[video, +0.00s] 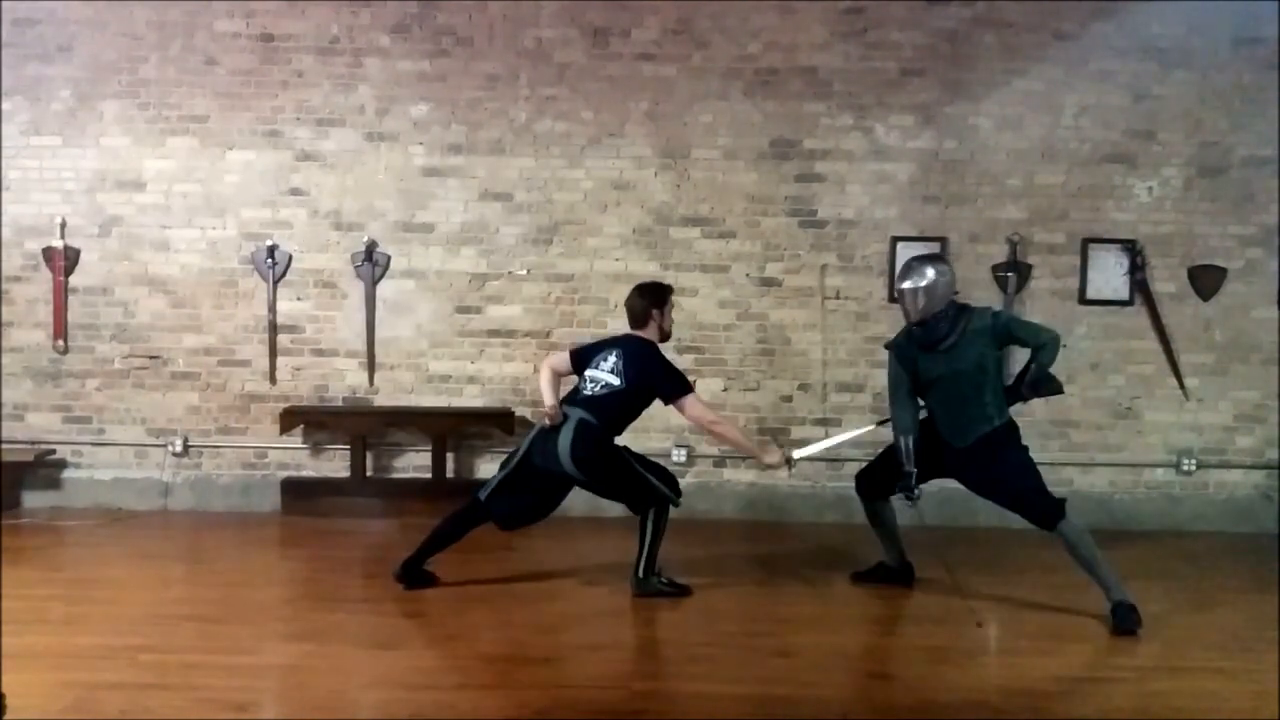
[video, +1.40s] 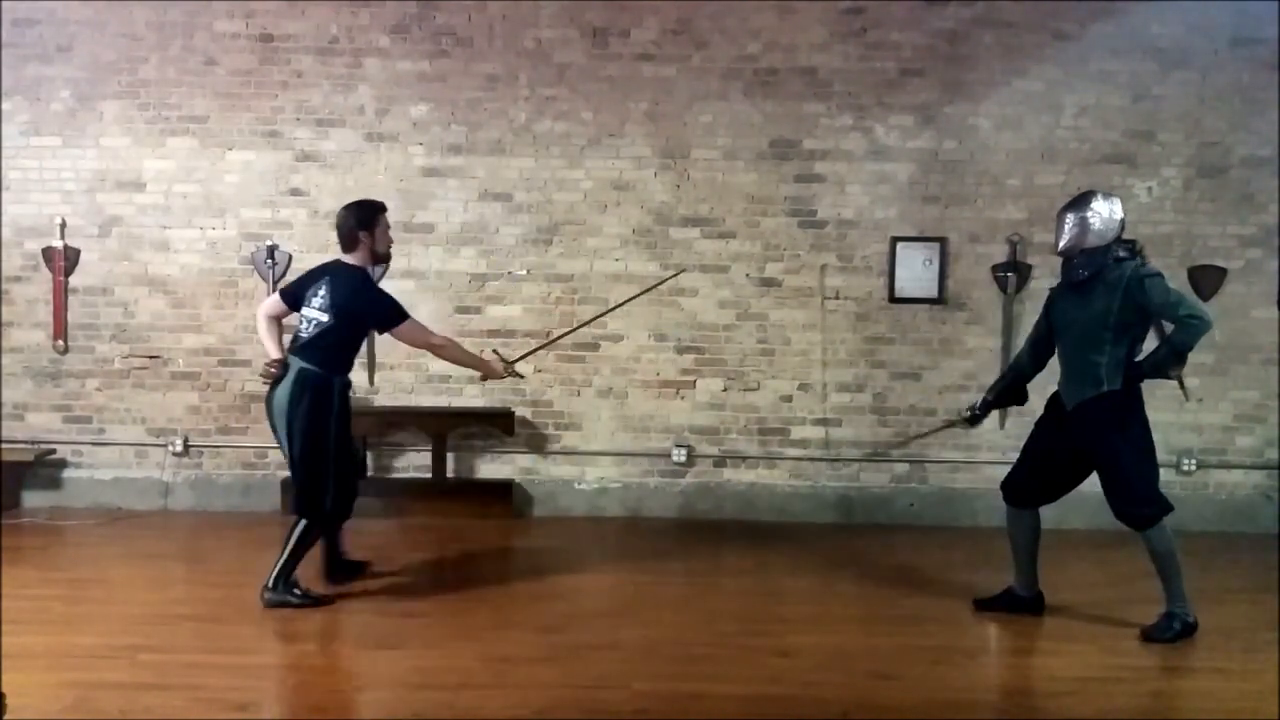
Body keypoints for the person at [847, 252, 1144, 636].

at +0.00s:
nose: (905, 302)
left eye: (913, 292)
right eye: (903, 293)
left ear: (939, 292)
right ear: (909, 298)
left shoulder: (987, 324)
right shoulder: (904, 349)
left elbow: (1049, 341)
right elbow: (903, 413)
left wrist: (1021, 387)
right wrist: (907, 466)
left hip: (991, 443)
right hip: (936, 442)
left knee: (1051, 516)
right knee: (869, 484)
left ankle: (1120, 601)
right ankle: (896, 565)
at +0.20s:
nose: (925, 293)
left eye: (932, 282)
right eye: (921, 283)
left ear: (955, 281)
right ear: (920, 287)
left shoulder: (1002, 316)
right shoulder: (924, 339)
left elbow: (1073, 339)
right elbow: (905, 400)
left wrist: (1049, 383)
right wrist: (889, 447)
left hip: (1009, 440)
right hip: (956, 438)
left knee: (1066, 517)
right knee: (888, 481)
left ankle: (1139, 597)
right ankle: (896, 566)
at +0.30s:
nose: (964, 276)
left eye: (972, 265)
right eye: (961, 267)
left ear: (997, 264)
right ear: (962, 271)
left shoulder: (1038, 305)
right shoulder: (961, 322)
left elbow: (1108, 337)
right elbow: (925, 373)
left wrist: (1078, 381)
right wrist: (885, 396)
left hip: (1033, 432)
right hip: (982, 432)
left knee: (1080, 520)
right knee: (918, 485)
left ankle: (1158, 602)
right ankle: (895, 565)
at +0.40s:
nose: (1000, 260)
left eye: (1009, 250)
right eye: (999, 251)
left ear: (1035, 251)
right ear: (1000, 257)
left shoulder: (1078, 296)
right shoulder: (995, 310)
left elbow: (1141, 334)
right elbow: (949, 353)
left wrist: (1101, 377)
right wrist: (889, 361)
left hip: (1060, 425)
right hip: (1007, 425)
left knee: (1102, 517)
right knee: (952, 493)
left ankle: (1167, 606)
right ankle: (914, 566)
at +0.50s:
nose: (1029, 253)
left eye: (1040, 245)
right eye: (1029, 243)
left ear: (1065, 247)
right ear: (1032, 244)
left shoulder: (1101, 290)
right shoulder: (1022, 298)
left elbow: (1163, 330)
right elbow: (968, 334)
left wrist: (1120, 373)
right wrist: (902, 338)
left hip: (1082, 418)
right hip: (1030, 418)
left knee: (1113, 511)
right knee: (970, 487)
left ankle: (1176, 608)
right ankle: (969, 579)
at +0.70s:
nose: (1061, 240)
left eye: (1072, 229)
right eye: (1060, 229)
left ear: (1096, 233)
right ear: (1063, 234)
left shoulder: (1126, 283)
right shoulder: (1053, 295)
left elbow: (1181, 325)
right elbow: (1010, 331)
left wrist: (1134, 372)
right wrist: (968, 341)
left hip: (1107, 413)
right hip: (1060, 415)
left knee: (1130, 512)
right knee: (1004, 490)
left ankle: (1179, 611)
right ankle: (1026, 592)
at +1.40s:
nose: (1064, 235)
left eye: (1074, 225)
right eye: (1065, 225)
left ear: (1099, 227)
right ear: (1072, 229)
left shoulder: (1135, 278)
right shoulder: (1063, 294)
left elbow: (1195, 320)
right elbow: (1033, 353)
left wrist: (1148, 368)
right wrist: (991, 398)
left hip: (1116, 411)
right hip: (1068, 412)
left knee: (1141, 508)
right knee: (1019, 492)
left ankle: (1180, 612)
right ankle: (1025, 592)